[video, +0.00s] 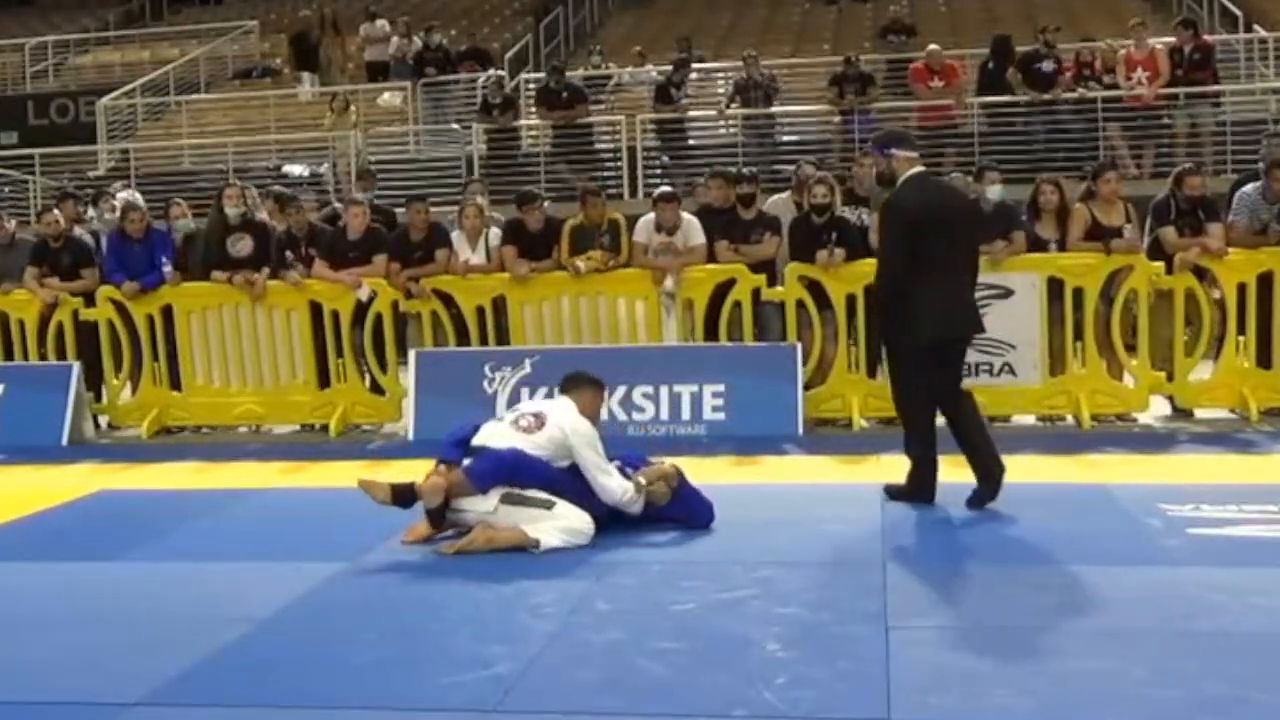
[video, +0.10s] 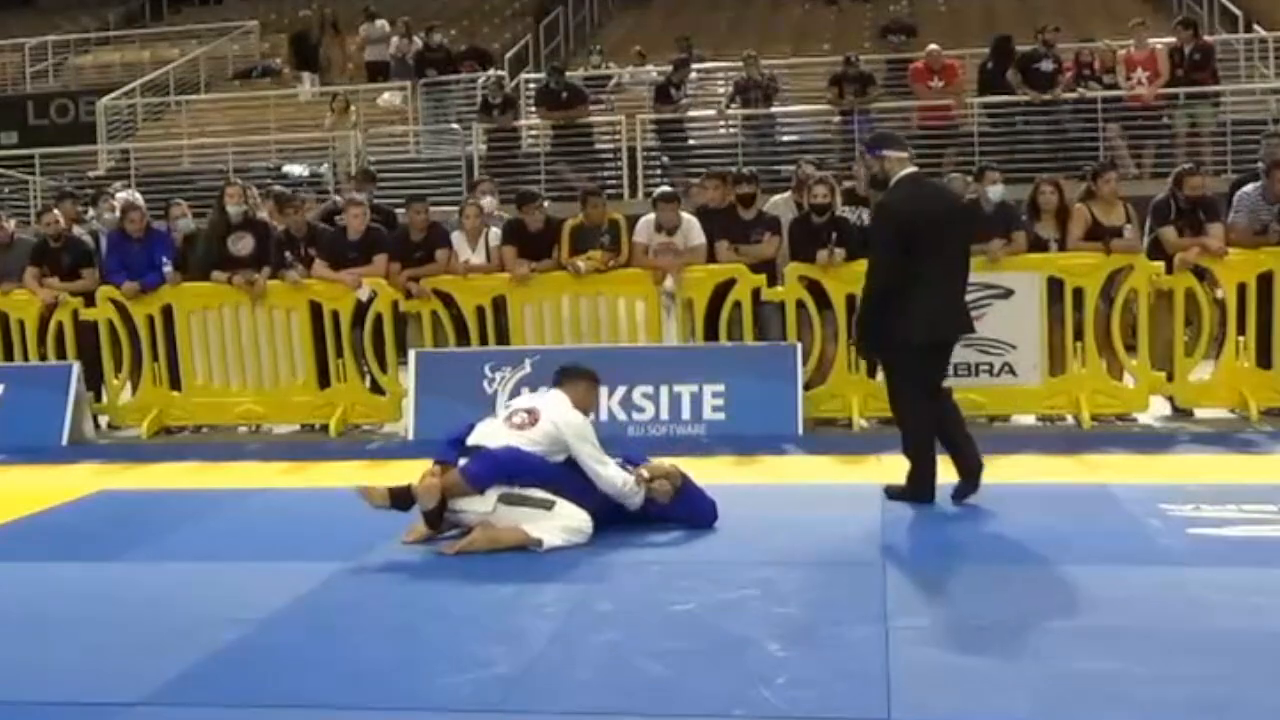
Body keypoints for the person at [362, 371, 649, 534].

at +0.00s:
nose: (601, 412)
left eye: (601, 404)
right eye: (600, 404)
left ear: (564, 392)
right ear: (586, 398)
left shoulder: (526, 409)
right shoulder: (577, 423)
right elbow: (610, 489)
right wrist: (637, 492)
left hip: (455, 491)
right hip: (485, 497)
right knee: (580, 524)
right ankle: (493, 537)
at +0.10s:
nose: (596, 406)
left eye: (597, 398)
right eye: (594, 398)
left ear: (560, 388)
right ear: (579, 391)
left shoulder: (525, 403)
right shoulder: (571, 417)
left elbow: (479, 437)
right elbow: (605, 474)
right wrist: (639, 493)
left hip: (453, 488)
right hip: (485, 493)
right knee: (577, 523)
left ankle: (437, 518)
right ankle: (494, 538)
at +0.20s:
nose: (593, 396)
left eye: (593, 388)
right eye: (590, 388)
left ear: (555, 378)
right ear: (573, 383)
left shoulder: (518, 397)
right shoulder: (567, 413)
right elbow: (608, 474)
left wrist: (620, 461)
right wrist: (639, 484)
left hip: (451, 490)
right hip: (484, 494)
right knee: (576, 522)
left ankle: (433, 521)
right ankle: (496, 534)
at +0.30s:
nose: (593, 397)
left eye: (593, 388)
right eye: (591, 388)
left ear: (556, 381)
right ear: (574, 384)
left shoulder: (520, 396)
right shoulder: (567, 413)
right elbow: (602, 483)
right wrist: (636, 486)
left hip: (452, 486)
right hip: (482, 494)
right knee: (577, 523)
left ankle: (438, 522)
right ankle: (492, 537)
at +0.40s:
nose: (595, 398)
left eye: (595, 389)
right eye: (592, 389)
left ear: (557, 384)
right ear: (576, 388)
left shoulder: (521, 400)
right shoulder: (568, 423)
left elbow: (472, 445)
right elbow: (595, 492)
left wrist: (610, 471)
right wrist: (631, 488)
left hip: (454, 490)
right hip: (482, 498)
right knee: (578, 523)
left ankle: (438, 523)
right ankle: (495, 537)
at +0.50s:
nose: (592, 405)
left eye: (594, 397)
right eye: (592, 396)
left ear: (558, 386)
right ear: (579, 391)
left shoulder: (520, 404)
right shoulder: (569, 425)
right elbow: (594, 494)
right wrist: (626, 488)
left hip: (451, 490)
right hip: (484, 499)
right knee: (578, 521)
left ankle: (438, 519)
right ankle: (494, 537)